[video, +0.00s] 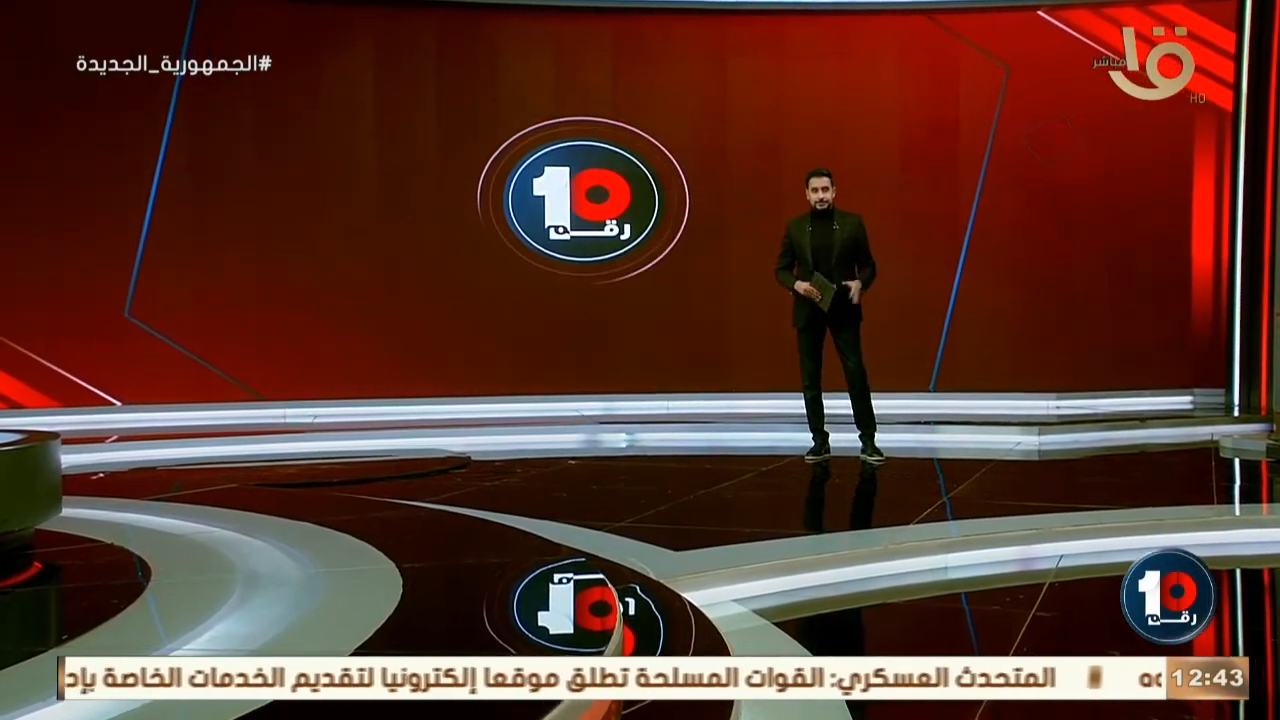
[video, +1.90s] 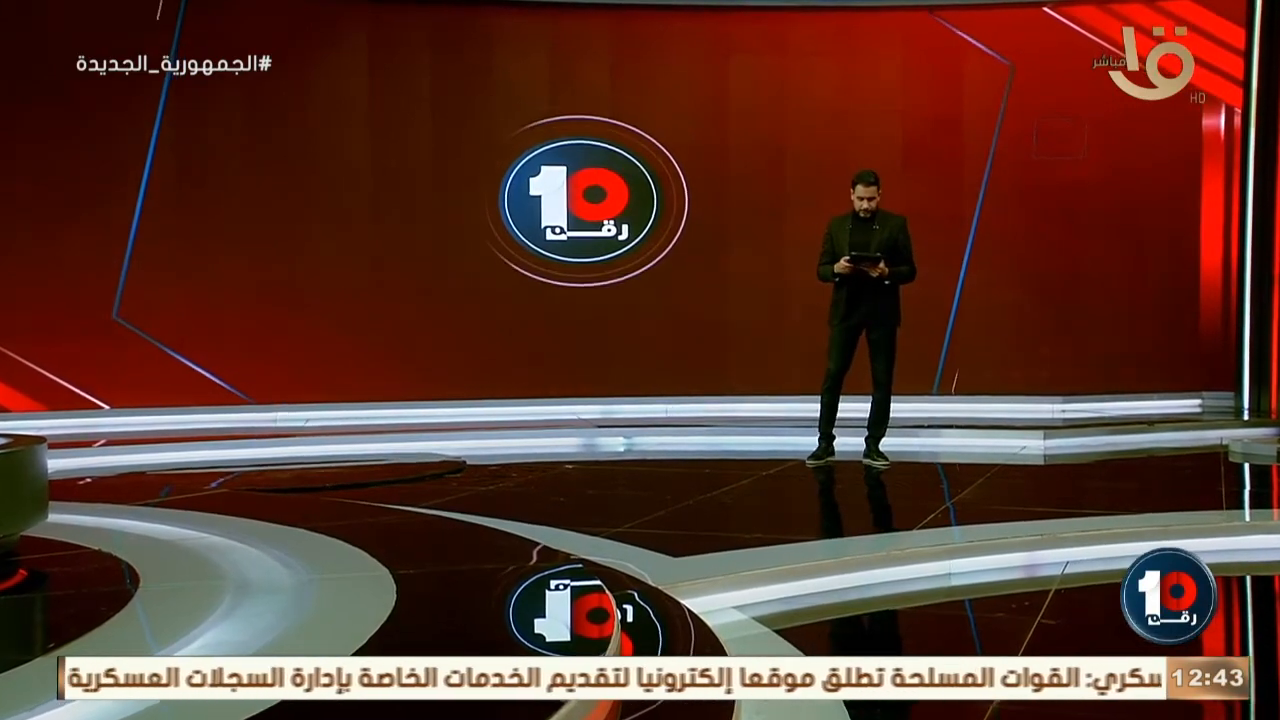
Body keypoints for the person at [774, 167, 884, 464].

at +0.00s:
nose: (820, 195)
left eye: (825, 189)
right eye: (815, 190)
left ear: (834, 191)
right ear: (807, 194)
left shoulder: (852, 224)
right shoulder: (796, 228)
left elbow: (868, 266)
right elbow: (782, 270)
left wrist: (860, 283)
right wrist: (796, 284)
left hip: (844, 311)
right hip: (809, 312)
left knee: (856, 373)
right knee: (810, 378)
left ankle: (868, 441)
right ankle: (819, 441)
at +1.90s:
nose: (866, 205)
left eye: (872, 199)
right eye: (861, 199)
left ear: (879, 197)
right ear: (852, 195)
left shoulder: (895, 225)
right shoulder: (838, 226)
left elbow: (909, 272)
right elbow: (822, 272)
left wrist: (887, 272)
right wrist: (836, 269)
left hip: (882, 315)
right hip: (846, 314)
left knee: (882, 381)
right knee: (833, 375)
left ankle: (873, 447)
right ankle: (825, 443)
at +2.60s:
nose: (870, 206)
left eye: (876, 200)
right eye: (865, 199)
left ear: (884, 197)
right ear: (856, 195)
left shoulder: (897, 226)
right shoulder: (841, 225)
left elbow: (911, 273)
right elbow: (826, 272)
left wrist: (888, 272)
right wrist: (832, 309)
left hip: (883, 317)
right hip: (847, 315)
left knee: (883, 384)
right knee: (836, 379)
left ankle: (873, 449)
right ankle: (830, 447)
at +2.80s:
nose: (866, 206)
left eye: (872, 200)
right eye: (861, 200)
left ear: (880, 198)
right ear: (852, 195)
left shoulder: (895, 226)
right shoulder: (838, 225)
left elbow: (907, 273)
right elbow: (824, 272)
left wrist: (885, 272)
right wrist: (826, 311)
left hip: (881, 317)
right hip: (845, 315)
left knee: (882, 384)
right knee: (833, 378)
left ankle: (873, 450)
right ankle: (825, 446)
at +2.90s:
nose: (864, 206)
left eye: (869, 200)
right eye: (859, 199)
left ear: (878, 197)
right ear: (850, 195)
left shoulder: (893, 226)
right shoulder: (836, 226)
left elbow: (906, 274)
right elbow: (822, 273)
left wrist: (883, 272)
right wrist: (824, 312)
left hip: (880, 317)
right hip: (844, 316)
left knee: (881, 383)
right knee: (833, 378)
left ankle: (873, 449)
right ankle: (825, 446)